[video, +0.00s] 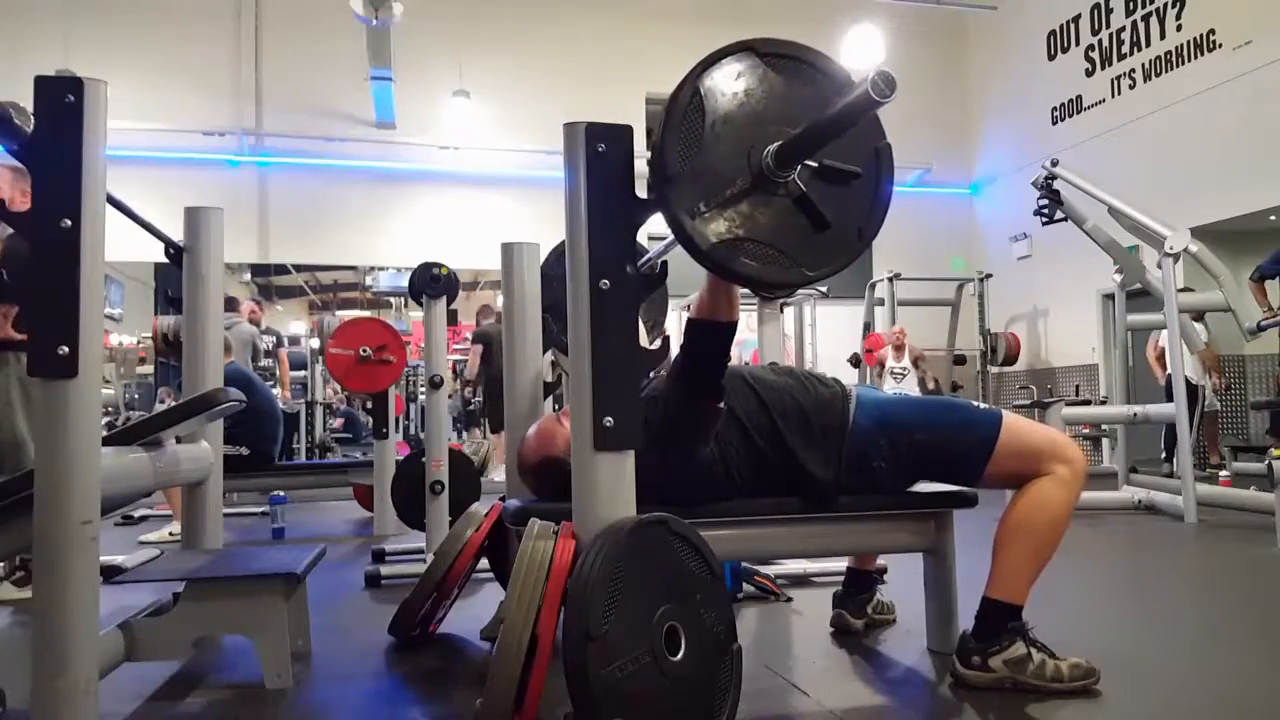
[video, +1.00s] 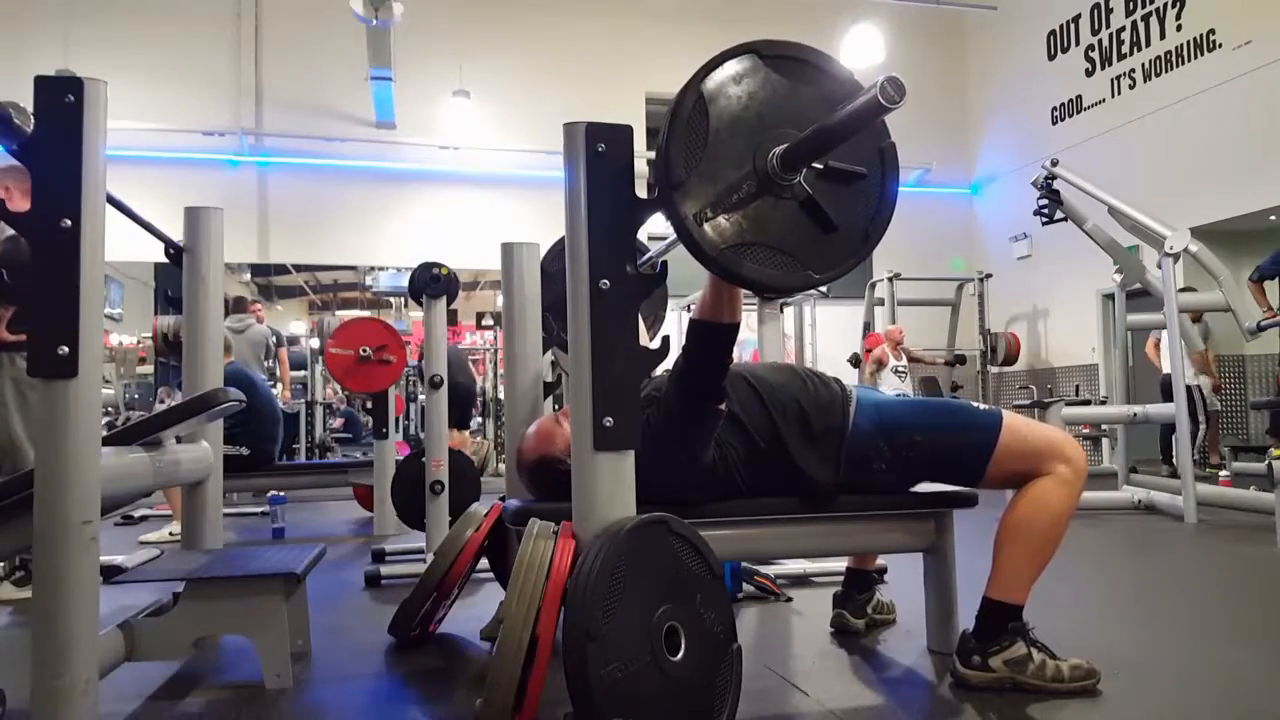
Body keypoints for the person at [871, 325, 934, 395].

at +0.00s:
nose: (897, 336)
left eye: (900, 333)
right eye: (894, 333)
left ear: (904, 336)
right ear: (890, 337)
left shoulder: (914, 352)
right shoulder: (883, 353)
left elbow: (923, 370)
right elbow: (879, 372)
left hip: (911, 392)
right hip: (889, 391)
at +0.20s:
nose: (898, 336)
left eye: (899, 333)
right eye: (894, 333)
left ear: (902, 335)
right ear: (887, 336)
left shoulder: (910, 354)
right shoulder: (876, 354)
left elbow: (921, 372)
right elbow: (871, 377)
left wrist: (927, 389)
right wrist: (872, 395)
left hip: (907, 396)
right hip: (885, 396)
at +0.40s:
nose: (902, 335)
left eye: (902, 332)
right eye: (899, 332)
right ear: (888, 336)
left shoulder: (906, 351)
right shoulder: (876, 352)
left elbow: (917, 367)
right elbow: (869, 373)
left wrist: (927, 378)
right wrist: (872, 391)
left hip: (906, 394)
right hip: (886, 394)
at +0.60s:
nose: (903, 334)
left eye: (903, 331)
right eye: (900, 332)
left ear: (892, 336)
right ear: (890, 336)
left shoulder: (905, 351)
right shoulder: (877, 352)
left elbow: (921, 365)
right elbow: (868, 373)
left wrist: (942, 375)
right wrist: (870, 394)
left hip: (906, 396)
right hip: (886, 397)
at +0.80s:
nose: (904, 335)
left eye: (903, 332)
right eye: (901, 333)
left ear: (896, 336)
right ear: (890, 336)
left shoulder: (905, 352)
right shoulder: (879, 353)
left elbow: (925, 363)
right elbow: (868, 373)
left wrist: (947, 367)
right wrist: (871, 394)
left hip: (907, 397)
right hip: (887, 397)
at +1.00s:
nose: (903, 335)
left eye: (903, 332)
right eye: (900, 333)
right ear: (890, 336)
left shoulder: (903, 351)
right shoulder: (878, 353)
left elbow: (924, 359)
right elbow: (868, 374)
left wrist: (946, 361)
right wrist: (872, 395)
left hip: (908, 397)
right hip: (889, 397)